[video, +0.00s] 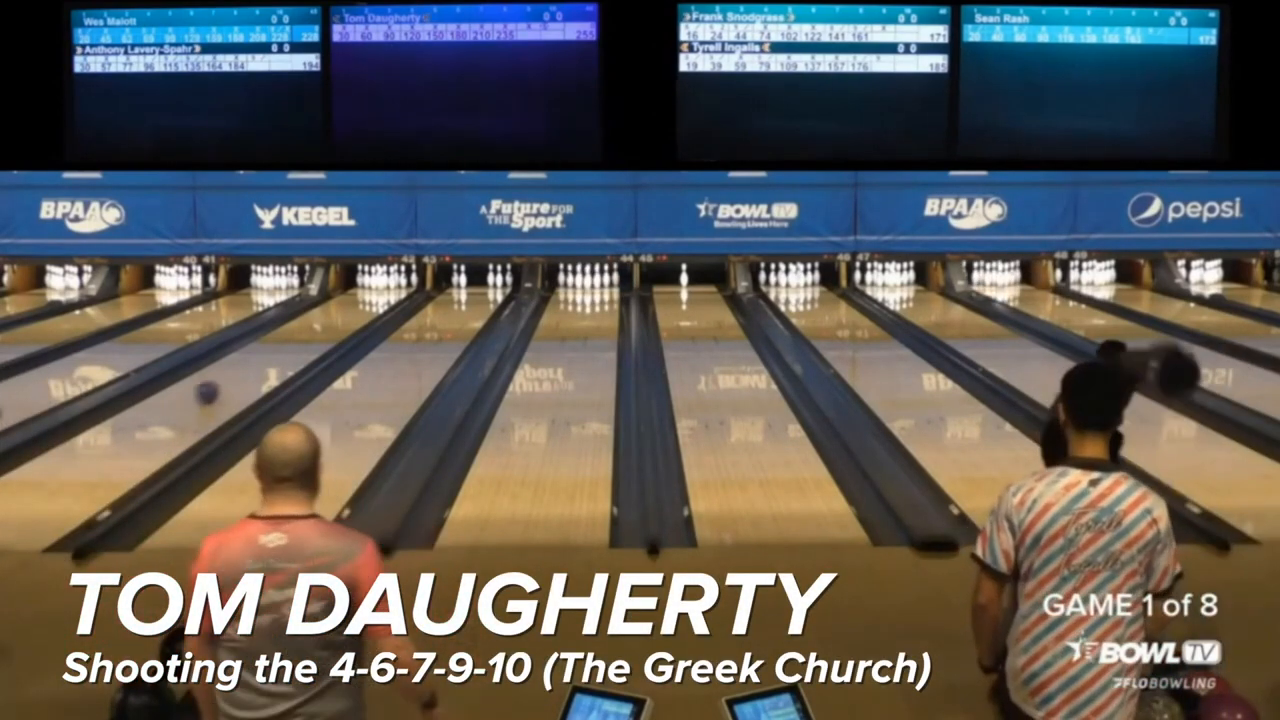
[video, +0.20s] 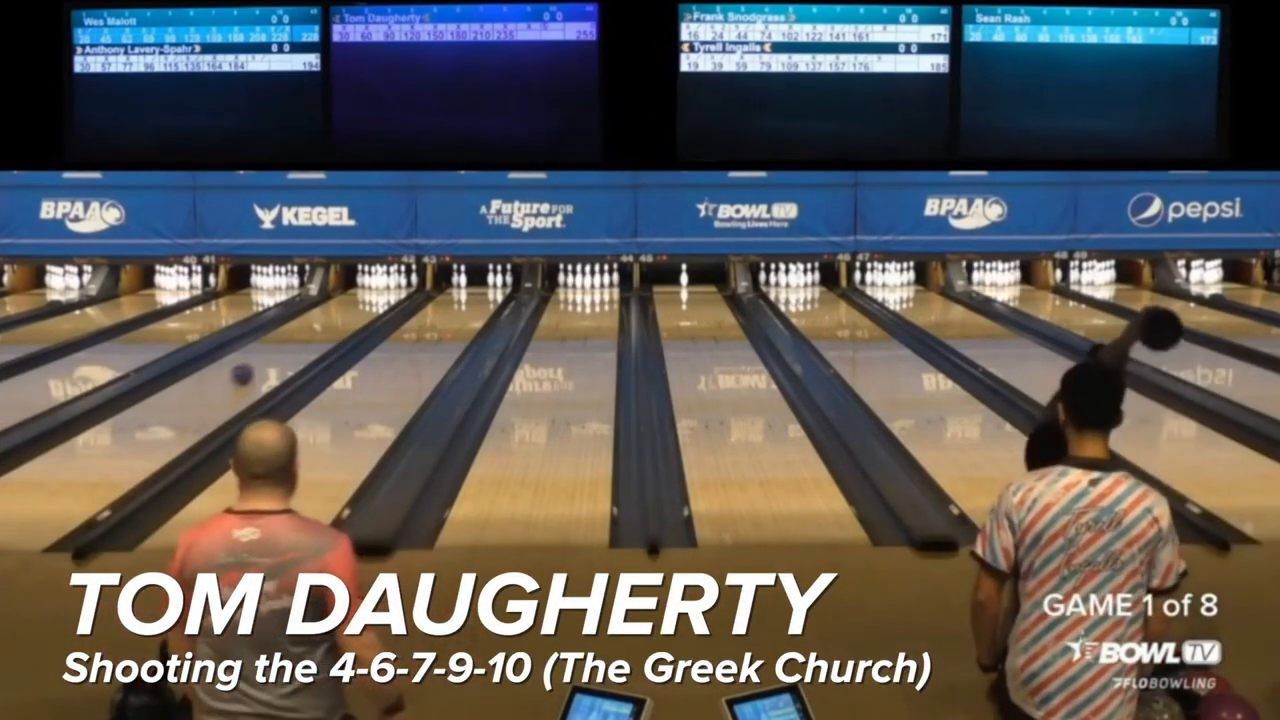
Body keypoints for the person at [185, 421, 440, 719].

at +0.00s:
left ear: (258, 472)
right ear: (317, 472)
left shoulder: (216, 551)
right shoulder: (357, 551)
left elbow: (197, 661)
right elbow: (394, 651)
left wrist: (211, 714)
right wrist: (425, 695)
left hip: (240, 710)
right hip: (330, 709)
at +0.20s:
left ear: (235, 468)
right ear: (294, 469)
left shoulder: (194, 544)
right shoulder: (330, 546)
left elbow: (178, 645)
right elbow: (357, 645)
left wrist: (196, 697)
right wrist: (393, 704)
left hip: (219, 710)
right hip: (309, 710)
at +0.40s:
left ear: (226, 465)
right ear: (286, 466)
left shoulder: (186, 540)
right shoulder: (324, 537)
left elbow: (167, 651)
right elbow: (352, 643)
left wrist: (185, 704)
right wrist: (384, 706)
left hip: (216, 710)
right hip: (305, 709)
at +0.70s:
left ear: (228, 464)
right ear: (286, 462)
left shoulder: (188, 532)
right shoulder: (325, 530)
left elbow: (152, 625)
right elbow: (361, 627)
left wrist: (164, 688)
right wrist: (382, 697)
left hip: (205, 707)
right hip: (298, 706)